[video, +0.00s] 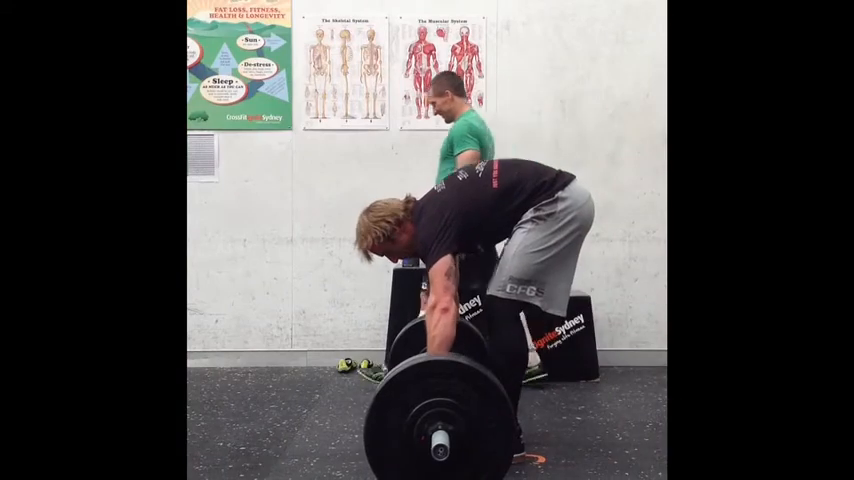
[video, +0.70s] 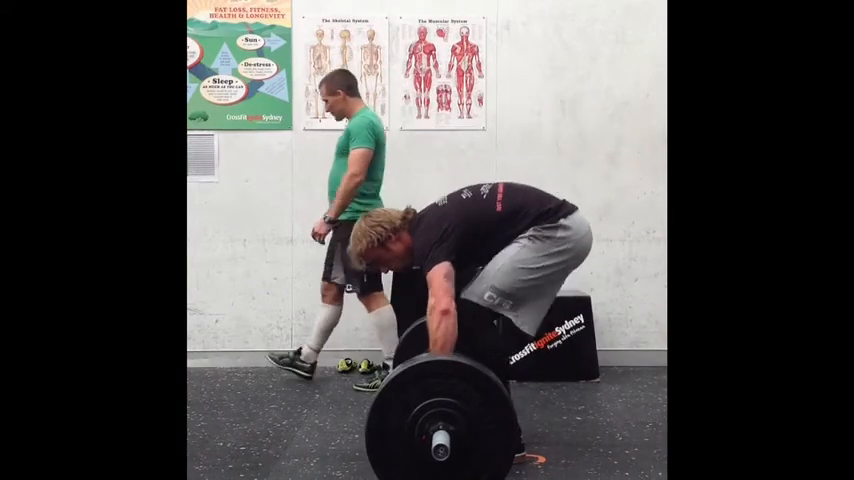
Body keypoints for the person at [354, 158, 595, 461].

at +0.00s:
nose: (394, 261)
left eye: (387, 253)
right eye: (386, 256)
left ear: (399, 230)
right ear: (400, 224)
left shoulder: (433, 223)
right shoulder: (432, 216)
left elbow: (443, 307)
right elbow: (443, 299)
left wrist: (431, 384)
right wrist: (433, 374)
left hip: (556, 203)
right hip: (558, 200)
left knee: (501, 306)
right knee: (501, 305)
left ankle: (505, 434)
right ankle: (501, 428)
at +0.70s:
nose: (387, 270)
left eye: (381, 262)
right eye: (380, 266)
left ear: (392, 240)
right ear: (394, 235)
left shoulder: (431, 233)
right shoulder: (427, 230)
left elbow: (444, 309)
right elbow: (434, 307)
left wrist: (435, 386)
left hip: (555, 230)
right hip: (553, 228)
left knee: (471, 316)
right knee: (471, 314)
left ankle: (502, 438)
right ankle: (496, 433)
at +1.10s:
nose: (380, 305)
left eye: (376, 296)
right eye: (374, 299)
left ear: (391, 276)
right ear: (394, 273)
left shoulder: (428, 273)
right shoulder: (432, 266)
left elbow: (436, 319)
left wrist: (438, 388)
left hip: (546, 328)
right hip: (544, 324)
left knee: (446, 334)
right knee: (436, 333)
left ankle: (495, 436)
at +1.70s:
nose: (385, 308)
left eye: (383, 299)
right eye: (380, 302)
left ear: (400, 282)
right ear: (402, 279)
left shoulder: (434, 281)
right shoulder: (441, 273)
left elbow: (437, 320)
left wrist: (441, 387)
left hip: (544, 360)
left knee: (442, 342)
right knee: (446, 341)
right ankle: (507, 439)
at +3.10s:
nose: (384, 299)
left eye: (382, 290)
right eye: (378, 292)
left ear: (401, 274)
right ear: (403, 271)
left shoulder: (430, 275)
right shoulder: (436, 269)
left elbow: (436, 316)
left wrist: (445, 386)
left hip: (544, 356)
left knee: (437, 339)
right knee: (433, 339)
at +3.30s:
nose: (376, 285)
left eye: (375, 276)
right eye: (372, 279)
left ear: (394, 261)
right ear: (397, 257)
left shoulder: (424, 264)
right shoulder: (433, 258)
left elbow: (443, 314)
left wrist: (450, 384)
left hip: (546, 339)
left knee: (439, 336)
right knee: (438, 333)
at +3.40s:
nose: (372, 268)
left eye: (371, 257)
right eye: (367, 261)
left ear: (390, 243)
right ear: (393, 240)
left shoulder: (423, 249)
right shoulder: (426, 243)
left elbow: (446, 312)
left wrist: (449, 385)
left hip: (543, 316)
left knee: (439, 331)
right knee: (440, 328)